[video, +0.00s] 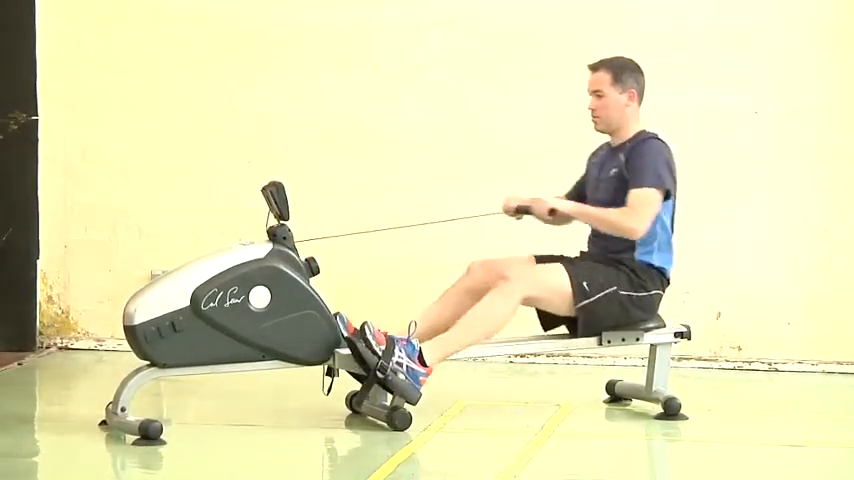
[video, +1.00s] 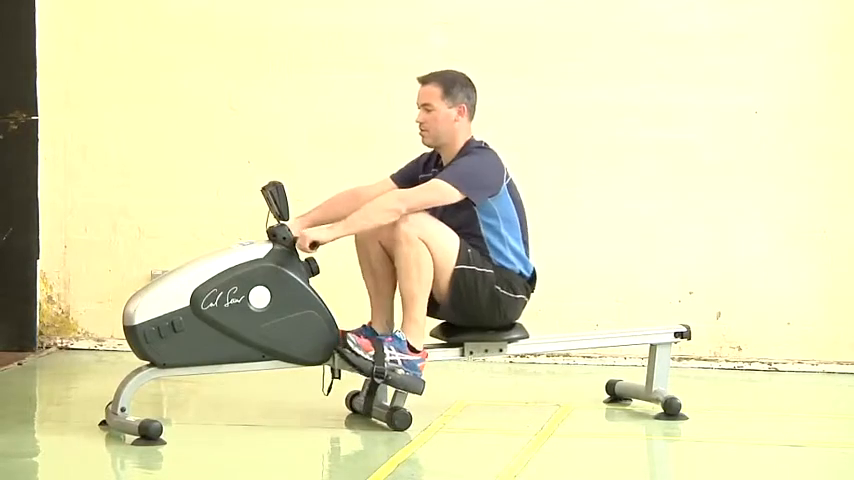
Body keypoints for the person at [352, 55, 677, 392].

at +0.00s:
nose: (590, 106)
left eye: (598, 96)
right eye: (589, 96)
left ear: (631, 99)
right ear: (620, 100)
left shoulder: (650, 151)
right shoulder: (603, 157)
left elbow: (635, 223)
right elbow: (567, 214)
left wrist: (570, 208)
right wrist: (532, 206)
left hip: (634, 281)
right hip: (599, 271)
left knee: (516, 283)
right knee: (481, 272)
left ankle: (423, 364)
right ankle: (403, 346)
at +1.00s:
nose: (418, 118)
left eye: (427, 109)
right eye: (418, 110)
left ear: (460, 112)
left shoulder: (481, 164)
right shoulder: (428, 164)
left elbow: (399, 204)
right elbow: (367, 196)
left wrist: (333, 231)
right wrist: (302, 222)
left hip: (500, 293)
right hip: (458, 292)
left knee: (410, 225)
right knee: (371, 222)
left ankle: (412, 347)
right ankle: (380, 333)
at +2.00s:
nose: (601, 105)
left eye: (610, 96)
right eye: (601, 96)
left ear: (642, 97)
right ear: (626, 98)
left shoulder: (660, 154)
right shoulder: (608, 153)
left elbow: (604, 208)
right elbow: (554, 191)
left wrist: (530, 211)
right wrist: (498, 202)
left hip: (630, 276)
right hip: (595, 265)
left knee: (511, 273)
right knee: (478, 267)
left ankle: (422, 361)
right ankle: (398, 344)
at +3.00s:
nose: (540, 109)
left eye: (549, 100)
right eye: (540, 100)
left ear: (580, 102)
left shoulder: (602, 153)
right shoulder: (552, 158)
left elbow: (559, 214)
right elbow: (507, 196)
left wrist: (484, 215)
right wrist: (458, 207)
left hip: (609, 282)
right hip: (572, 276)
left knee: (499, 261)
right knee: (461, 254)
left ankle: (423, 359)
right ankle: (398, 345)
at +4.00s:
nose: (428, 115)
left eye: (437, 106)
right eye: (428, 107)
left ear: (469, 110)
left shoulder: (487, 161)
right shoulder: (438, 161)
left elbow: (404, 201)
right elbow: (376, 193)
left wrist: (334, 230)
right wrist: (309, 220)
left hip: (509, 290)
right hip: (467, 291)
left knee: (419, 223)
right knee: (380, 222)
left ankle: (412, 351)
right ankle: (382, 334)